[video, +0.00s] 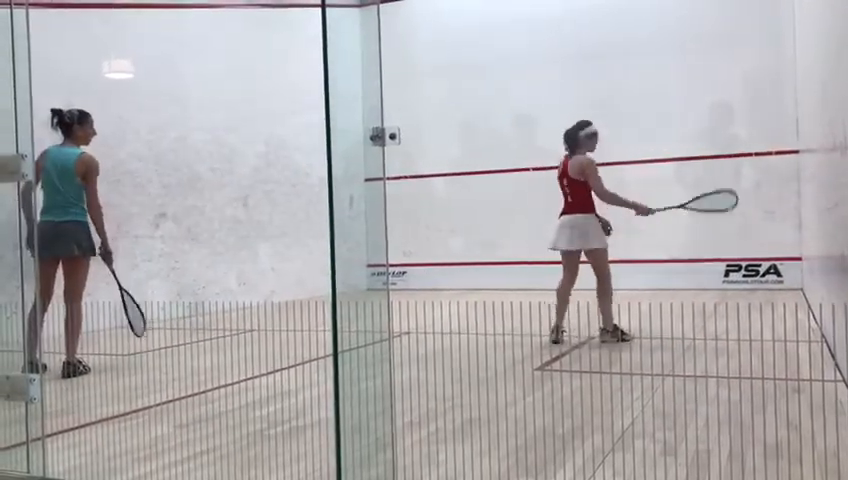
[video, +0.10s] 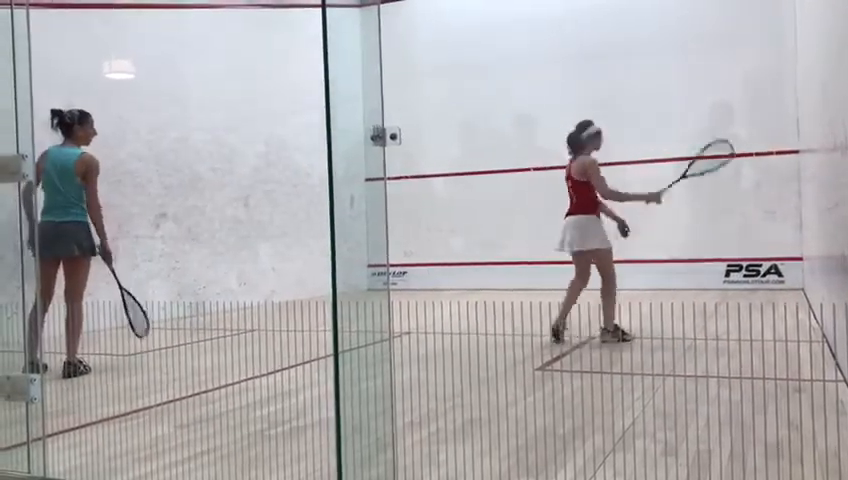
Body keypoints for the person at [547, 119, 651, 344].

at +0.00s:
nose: (596, 141)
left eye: (596, 136)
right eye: (592, 137)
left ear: (575, 141)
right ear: (580, 139)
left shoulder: (564, 164)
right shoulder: (586, 162)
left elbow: (575, 199)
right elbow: (603, 194)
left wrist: (596, 218)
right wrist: (635, 206)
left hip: (566, 222)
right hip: (586, 222)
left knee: (568, 276)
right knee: (603, 275)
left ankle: (557, 327)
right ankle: (608, 327)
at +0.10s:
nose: (601, 141)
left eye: (600, 137)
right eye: (598, 137)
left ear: (580, 141)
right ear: (589, 140)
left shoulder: (572, 165)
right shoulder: (589, 163)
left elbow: (593, 201)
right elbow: (605, 193)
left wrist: (618, 219)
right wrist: (646, 197)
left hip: (573, 224)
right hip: (590, 224)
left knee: (581, 276)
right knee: (608, 276)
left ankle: (560, 322)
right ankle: (609, 326)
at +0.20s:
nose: (603, 139)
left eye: (601, 135)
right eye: (599, 136)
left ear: (585, 143)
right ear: (589, 142)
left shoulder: (578, 167)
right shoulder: (588, 166)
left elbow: (611, 194)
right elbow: (609, 195)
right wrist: (638, 210)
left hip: (577, 225)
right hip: (590, 225)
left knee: (595, 273)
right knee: (612, 274)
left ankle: (566, 311)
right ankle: (611, 326)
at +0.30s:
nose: (602, 137)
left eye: (600, 134)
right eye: (599, 135)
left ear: (587, 142)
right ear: (589, 141)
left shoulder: (593, 165)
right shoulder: (585, 168)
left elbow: (620, 184)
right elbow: (611, 195)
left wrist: (653, 190)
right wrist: (644, 187)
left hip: (583, 225)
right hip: (587, 226)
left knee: (600, 272)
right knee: (612, 274)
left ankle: (570, 309)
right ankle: (611, 328)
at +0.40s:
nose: (599, 138)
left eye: (597, 135)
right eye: (595, 136)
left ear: (584, 143)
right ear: (586, 142)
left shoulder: (591, 162)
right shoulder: (581, 168)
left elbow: (620, 173)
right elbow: (608, 195)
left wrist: (654, 167)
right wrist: (638, 181)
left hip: (583, 225)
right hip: (585, 226)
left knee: (599, 272)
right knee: (609, 274)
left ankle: (569, 309)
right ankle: (612, 327)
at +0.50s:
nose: (595, 140)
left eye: (593, 137)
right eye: (592, 138)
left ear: (580, 144)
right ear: (582, 144)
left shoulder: (589, 162)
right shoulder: (575, 171)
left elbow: (615, 173)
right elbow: (601, 198)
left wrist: (648, 166)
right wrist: (625, 178)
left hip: (582, 226)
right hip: (580, 227)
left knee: (595, 273)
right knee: (605, 275)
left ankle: (565, 311)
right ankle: (612, 328)